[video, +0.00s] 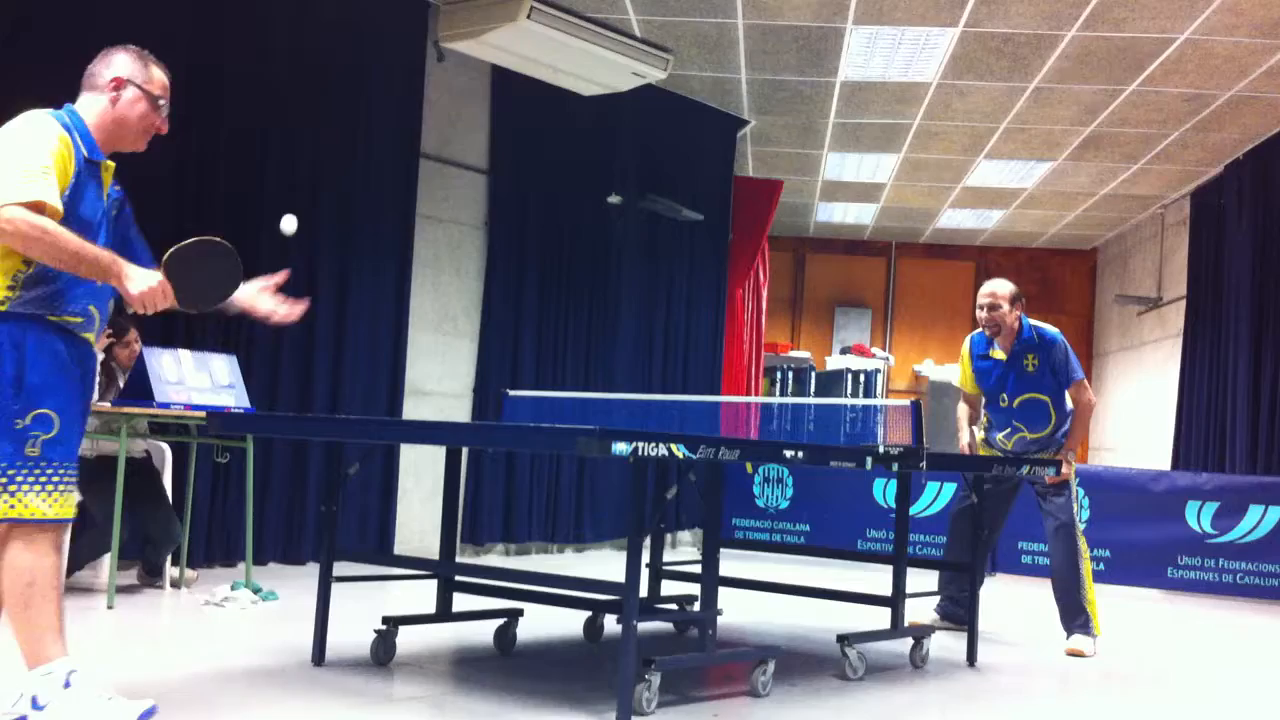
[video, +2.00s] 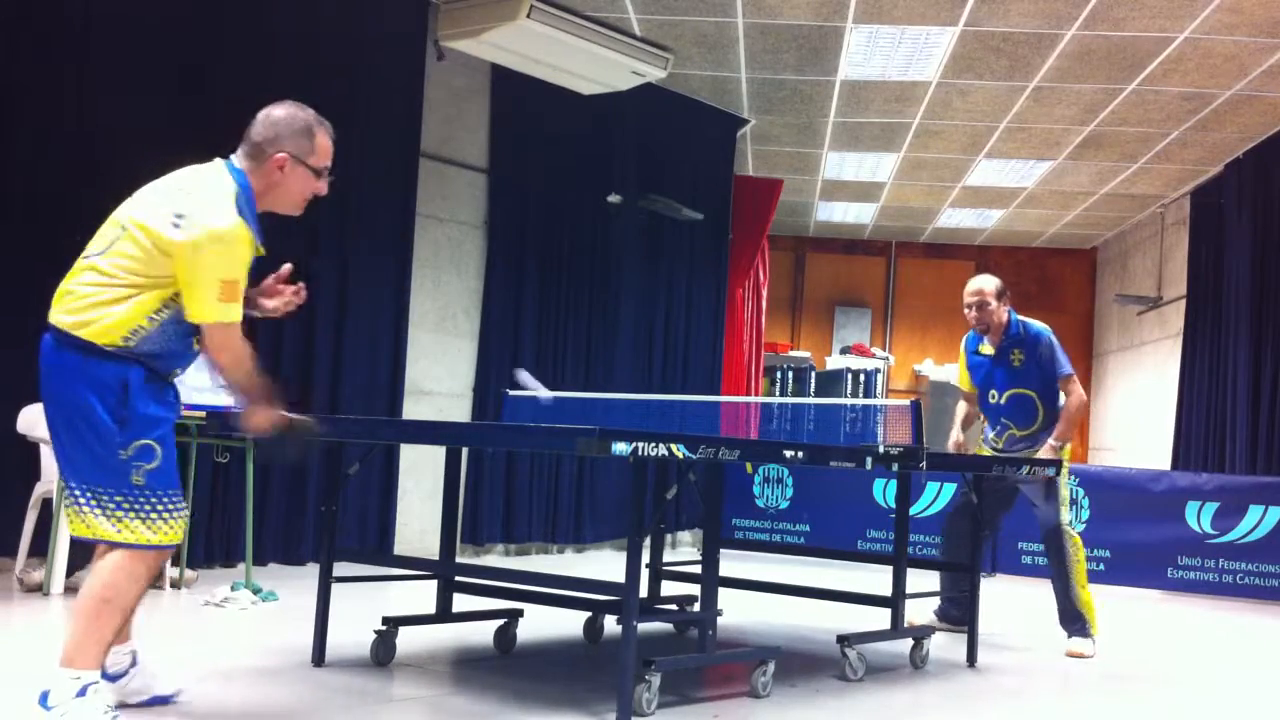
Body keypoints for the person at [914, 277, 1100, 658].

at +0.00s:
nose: (985, 315)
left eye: (994, 308)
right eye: (980, 309)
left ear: (1016, 310)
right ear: (975, 312)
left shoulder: (1048, 340)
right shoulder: (974, 346)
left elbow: (1084, 400)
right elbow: (968, 400)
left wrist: (1068, 452)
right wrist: (965, 435)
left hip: (1048, 452)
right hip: (996, 450)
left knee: (1064, 531)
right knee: (966, 520)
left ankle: (1080, 630)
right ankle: (955, 611)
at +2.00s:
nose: (973, 313)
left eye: (980, 305)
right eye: (967, 307)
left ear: (1003, 304)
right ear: (964, 310)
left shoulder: (1037, 336)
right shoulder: (970, 345)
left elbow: (1077, 397)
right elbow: (970, 400)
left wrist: (1054, 445)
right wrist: (957, 430)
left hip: (1040, 453)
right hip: (993, 453)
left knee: (1057, 533)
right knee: (958, 522)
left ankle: (1080, 632)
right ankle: (955, 614)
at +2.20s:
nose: (958, 321)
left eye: (966, 312)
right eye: (954, 315)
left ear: (990, 310)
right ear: (953, 316)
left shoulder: (1023, 339)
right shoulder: (962, 349)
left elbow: (1062, 396)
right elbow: (962, 404)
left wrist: (1025, 434)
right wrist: (940, 425)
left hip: (1038, 453)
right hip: (994, 452)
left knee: (1043, 529)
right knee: (955, 523)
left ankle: (1075, 631)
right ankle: (954, 613)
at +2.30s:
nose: (958, 330)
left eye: (965, 321)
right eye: (953, 323)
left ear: (989, 317)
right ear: (951, 324)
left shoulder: (1017, 344)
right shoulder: (971, 354)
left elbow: (1038, 400)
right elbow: (966, 414)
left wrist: (986, 420)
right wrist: (929, 443)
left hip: (1044, 455)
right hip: (1006, 456)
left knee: (1042, 530)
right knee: (960, 519)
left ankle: (1078, 640)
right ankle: (954, 615)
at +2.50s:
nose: (944, 352)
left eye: (947, 343)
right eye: (941, 345)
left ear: (970, 336)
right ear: (972, 337)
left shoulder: (989, 356)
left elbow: (1004, 364)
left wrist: (1010, 366)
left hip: (1044, 462)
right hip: (1014, 463)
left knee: (1018, 538)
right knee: (965, 518)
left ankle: (1074, 639)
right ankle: (954, 615)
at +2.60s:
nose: (943, 354)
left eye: (946, 345)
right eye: (941, 347)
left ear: (968, 338)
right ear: (967, 339)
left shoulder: (996, 361)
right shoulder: (984, 363)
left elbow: (1043, 372)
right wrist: (1091, 437)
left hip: (1041, 465)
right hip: (1009, 466)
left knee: (1018, 540)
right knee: (962, 519)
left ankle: (1074, 639)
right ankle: (953, 615)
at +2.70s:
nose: (954, 342)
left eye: (956, 333)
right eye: (952, 334)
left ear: (979, 327)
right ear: (974, 329)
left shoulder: (1018, 352)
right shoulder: (989, 360)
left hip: (1038, 463)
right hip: (1005, 464)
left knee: (1026, 536)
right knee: (956, 522)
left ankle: (1076, 640)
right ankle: (952, 614)